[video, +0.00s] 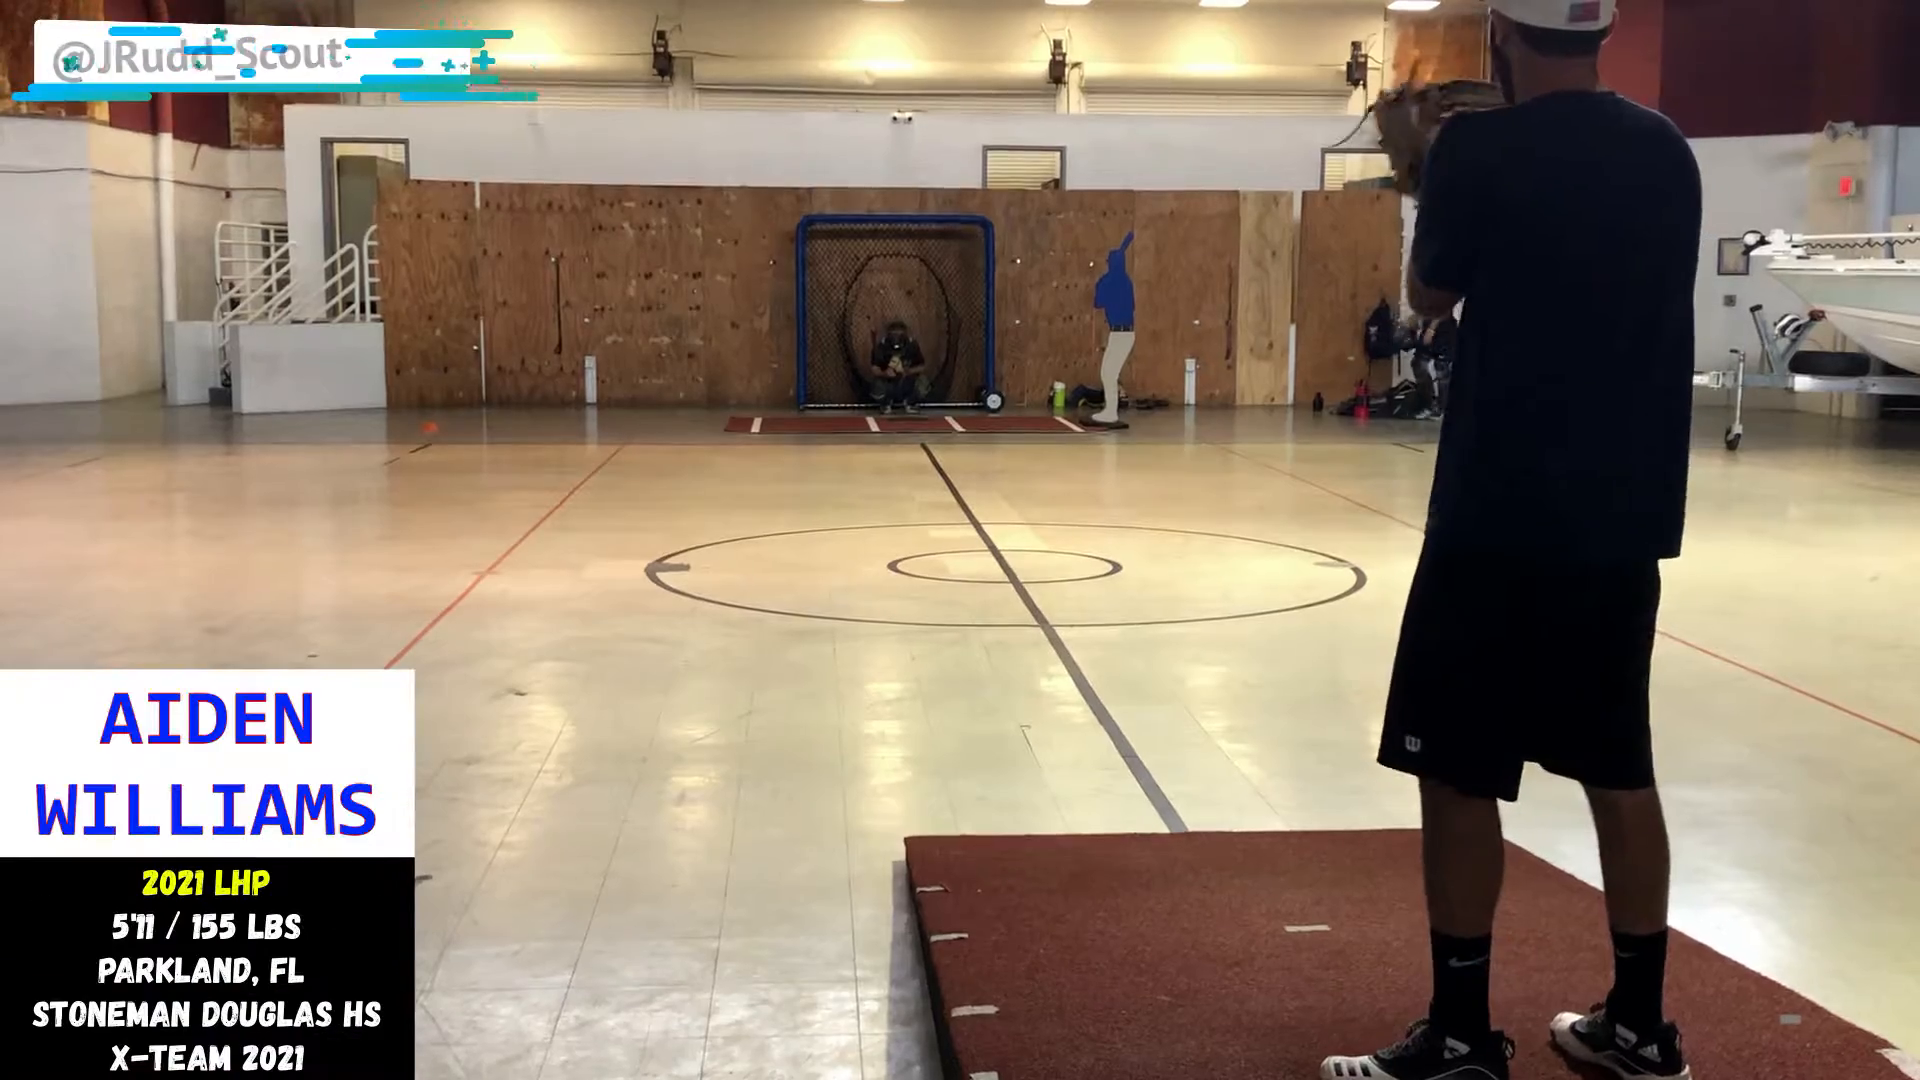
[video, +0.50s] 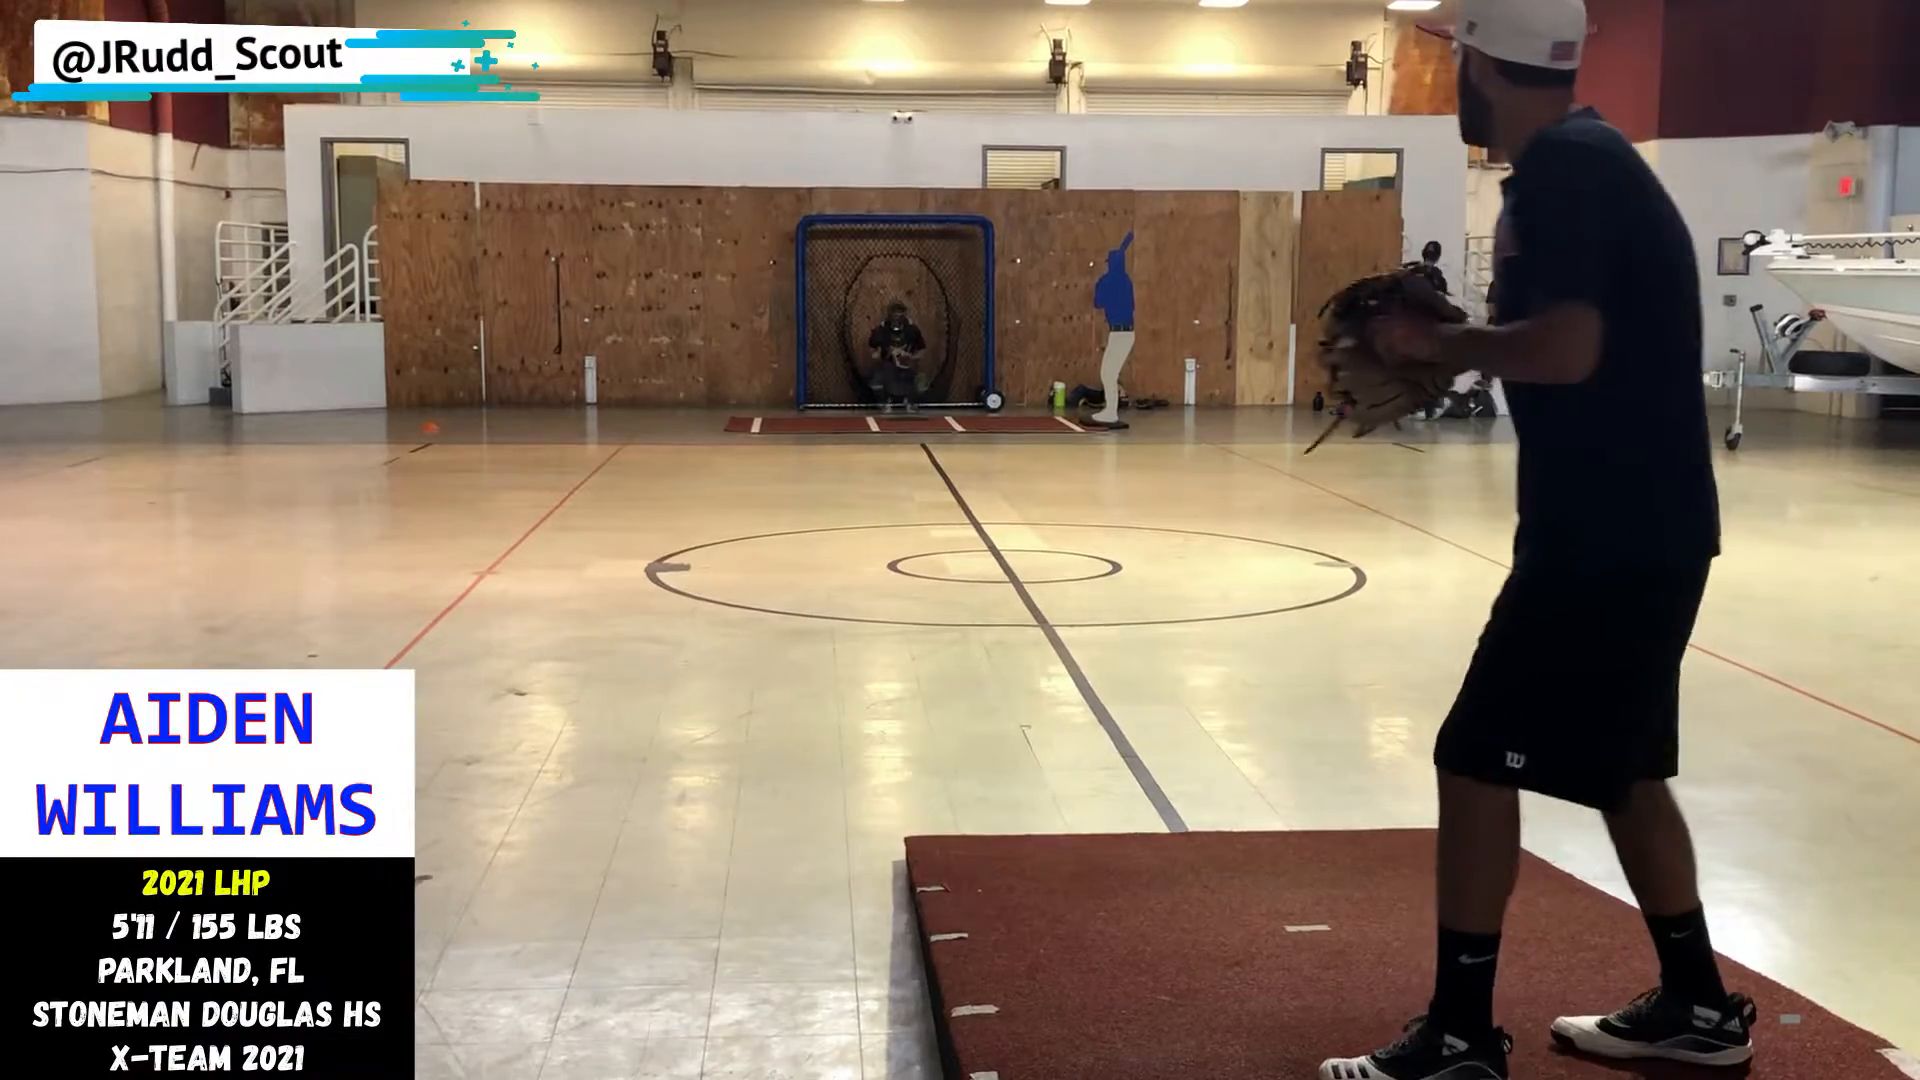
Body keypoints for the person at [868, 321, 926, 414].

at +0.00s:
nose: (897, 338)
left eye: (900, 335)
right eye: (894, 335)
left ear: (905, 334)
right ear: (888, 334)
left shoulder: (912, 345)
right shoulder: (881, 347)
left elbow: (921, 367)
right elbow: (874, 369)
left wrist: (907, 371)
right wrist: (885, 373)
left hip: (906, 381)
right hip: (888, 382)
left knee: (923, 382)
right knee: (878, 383)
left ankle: (909, 403)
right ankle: (886, 405)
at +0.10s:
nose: (897, 338)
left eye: (900, 335)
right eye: (894, 335)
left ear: (905, 334)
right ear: (889, 334)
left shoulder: (912, 345)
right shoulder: (881, 347)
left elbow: (921, 367)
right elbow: (874, 368)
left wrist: (907, 371)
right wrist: (884, 373)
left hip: (906, 380)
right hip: (888, 381)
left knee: (923, 382)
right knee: (878, 384)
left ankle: (909, 403)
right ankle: (886, 404)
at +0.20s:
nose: (897, 333)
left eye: (900, 330)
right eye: (895, 330)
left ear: (905, 332)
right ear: (890, 332)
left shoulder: (913, 345)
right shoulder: (882, 346)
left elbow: (921, 367)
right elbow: (875, 368)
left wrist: (910, 372)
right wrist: (886, 372)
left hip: (907, 381)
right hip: (890, 381)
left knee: (923, 382)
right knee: (879, 384)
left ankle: (910, 403)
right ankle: (887, 405)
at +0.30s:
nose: (897, 330)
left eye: (901, 327)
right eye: (894, 327)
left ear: (905, 329)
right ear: (890, 329)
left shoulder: (912, 344)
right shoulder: (883, 344)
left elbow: (921, 367)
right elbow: (875, 367)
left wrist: (909, 370)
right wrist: (885, 367)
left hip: (907, 378)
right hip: (889, 378)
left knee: (923, 383)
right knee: (879, 384)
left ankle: (910, 403)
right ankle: (886, 404)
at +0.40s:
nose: (897, 326)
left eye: (900, 323)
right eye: (894, 322)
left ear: (904, 323)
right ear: (890, 323)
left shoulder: (912, 338)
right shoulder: (882, 338)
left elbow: (920, 360)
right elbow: (875, 359)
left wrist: (909, 365)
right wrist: (887, 360)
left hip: (906, 373)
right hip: (889, 372)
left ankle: (909, 403)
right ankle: (886, 404)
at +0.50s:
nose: (898, 318)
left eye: (901, 315)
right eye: (895, 315)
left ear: (904, 315)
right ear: (889, 315)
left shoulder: (912, 330)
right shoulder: (880, 331)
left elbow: (922, 350)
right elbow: (874, 352)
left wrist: (910, 356)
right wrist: (887, 353)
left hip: (906, 365)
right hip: (888, 366)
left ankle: (909, 400)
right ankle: (887, 402)